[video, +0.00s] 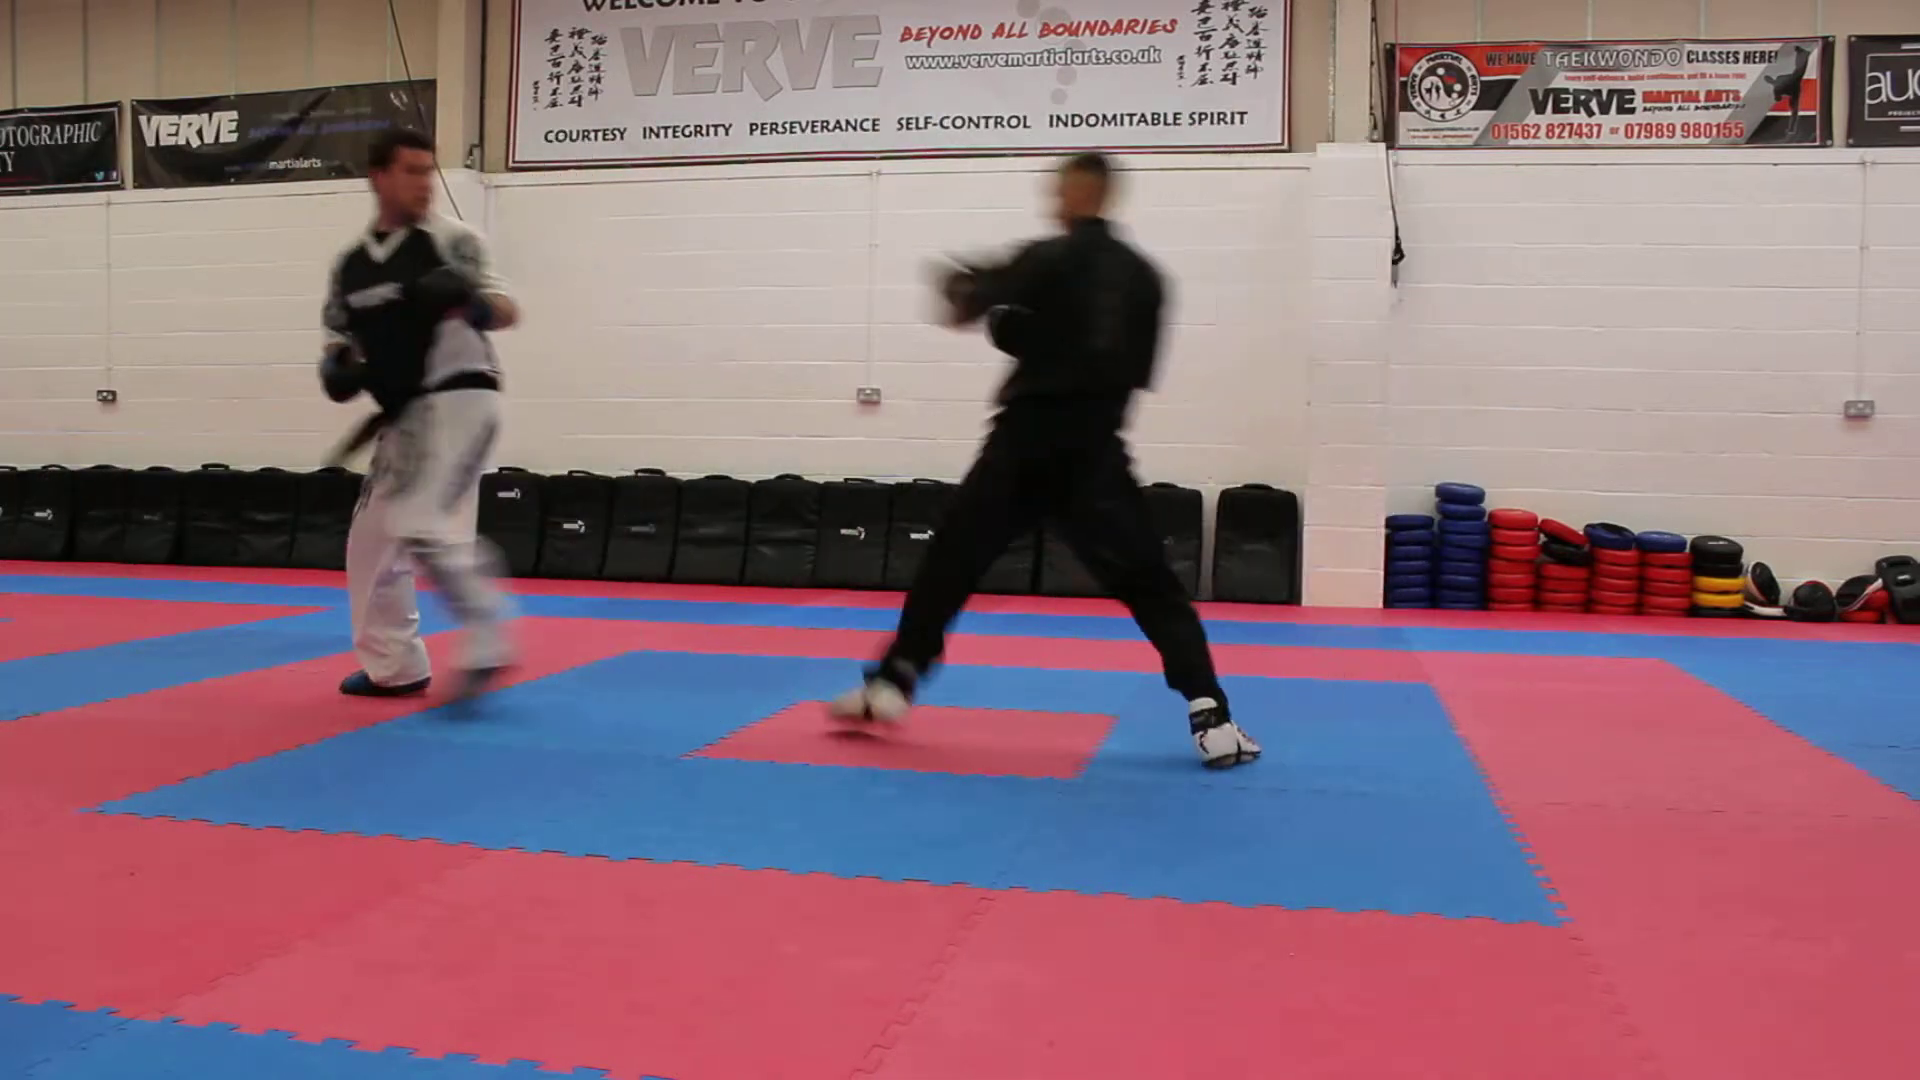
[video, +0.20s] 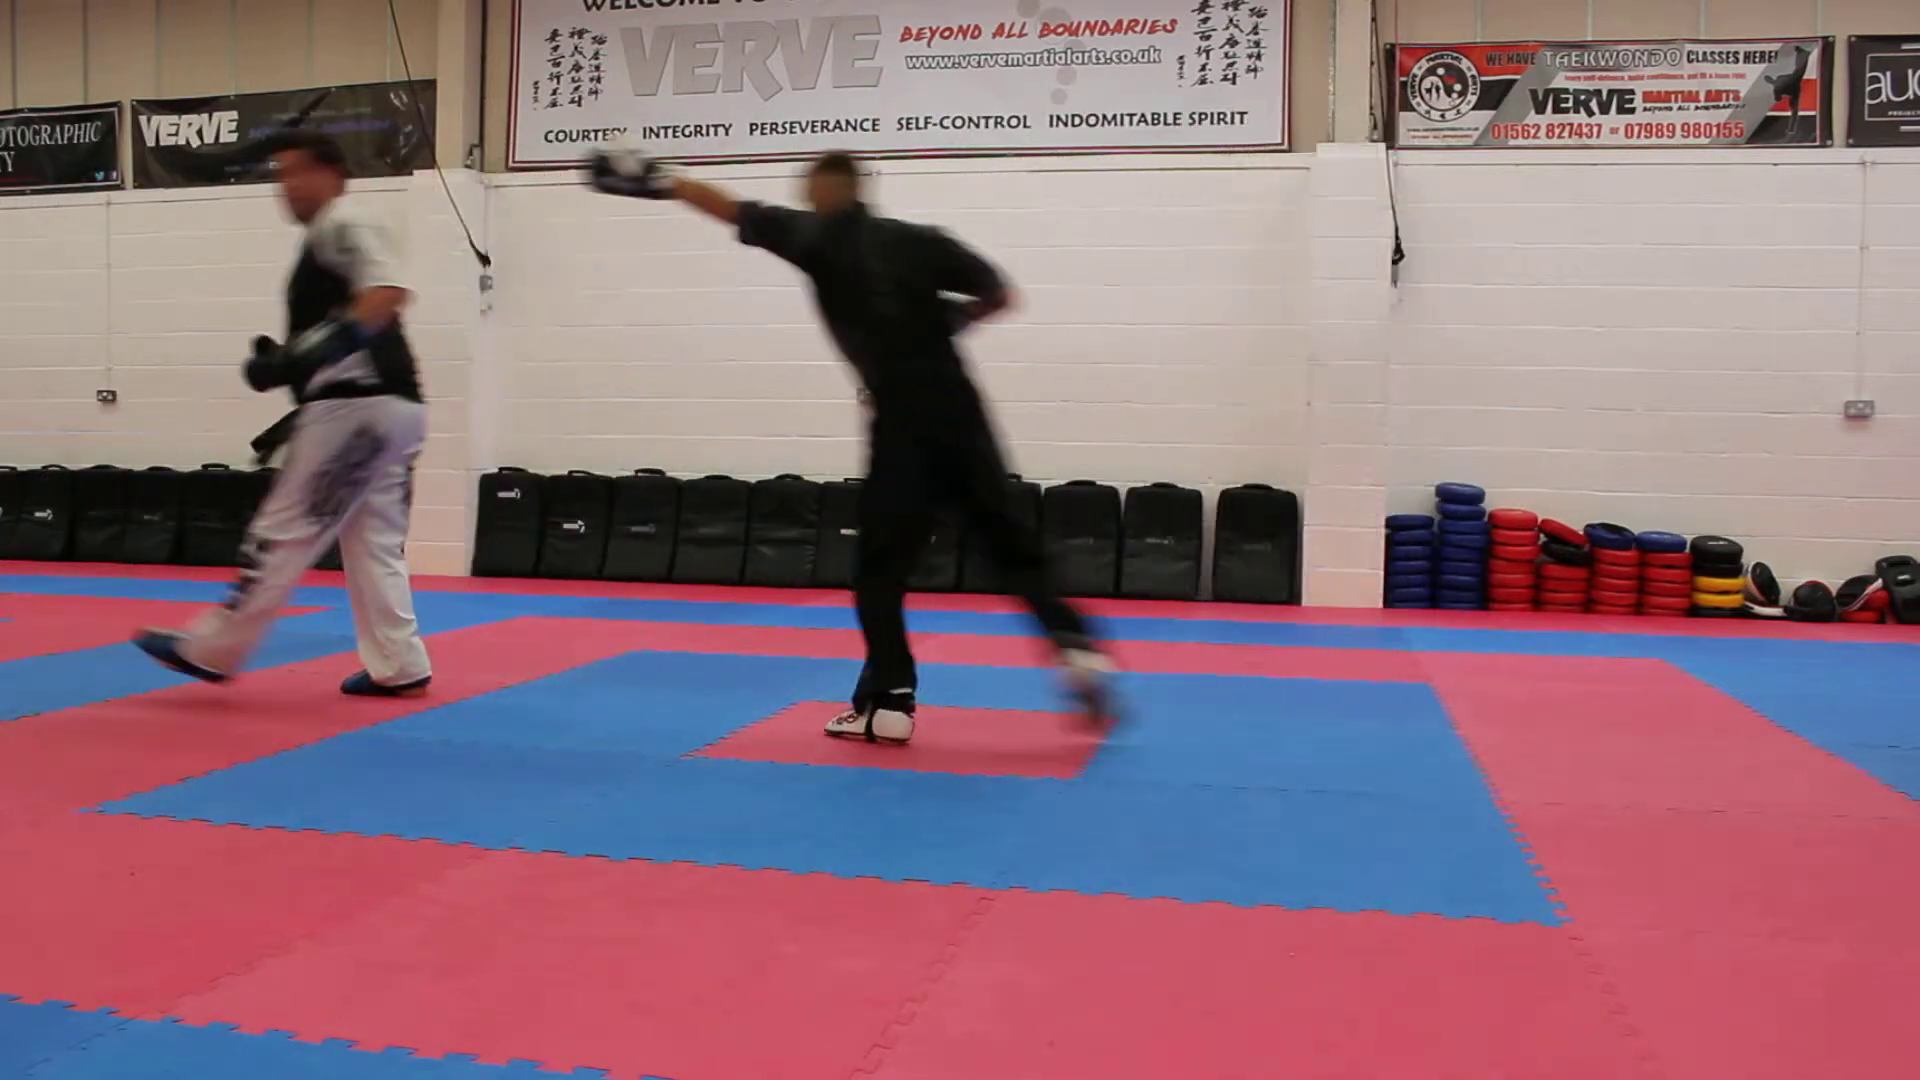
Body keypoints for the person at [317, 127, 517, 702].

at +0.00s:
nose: (425, 183)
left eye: (430, 172)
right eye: (412, 172)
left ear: (435, 177)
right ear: (378, 178)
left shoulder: (449, 242)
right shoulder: (351, 267)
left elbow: (503, 311)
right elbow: (340, 351)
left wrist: (463, 298)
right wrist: (342, 370)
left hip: (462, 398)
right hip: (404, 410)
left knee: (420, 521)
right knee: (370, 538)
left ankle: (490, 640)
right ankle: (394, 664)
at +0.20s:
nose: (284, 188)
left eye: (293, 174)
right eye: (280, 177)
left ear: (330, 175)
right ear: (292, 180)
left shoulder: (346, 224)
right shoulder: (324, 242)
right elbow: (336, 351)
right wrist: (294, 425)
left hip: (356, 409)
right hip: (386, 412)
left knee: (282, 533)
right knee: (374, 546)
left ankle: (213, 649)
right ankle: (399, 665)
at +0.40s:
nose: (248, 201)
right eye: (245, 193)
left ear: (188, 204)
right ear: (239, 195)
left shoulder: (173, 257)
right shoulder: (287, 250)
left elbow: (182, 336)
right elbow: (323, 329)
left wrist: (189, 411)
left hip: (242, 416)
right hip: (319, 412)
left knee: (204, 537)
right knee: (347, 532)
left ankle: (190, 657)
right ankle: (377, 640)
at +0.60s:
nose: (151, 227)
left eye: (146, 216)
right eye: (144, 217)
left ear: (87, 227)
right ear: (120, 219)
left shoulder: (59, 293)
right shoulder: (161, 258)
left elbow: (40, 385)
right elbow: (254, 301)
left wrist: (78, 342)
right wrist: (225, 348)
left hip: (179, 425)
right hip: (242, 388)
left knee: (166, 543)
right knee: (344, 420)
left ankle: (184, 662)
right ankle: (412, 431)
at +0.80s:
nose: (72, 172)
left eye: (68, 164)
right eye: (67, 162)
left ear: (11, 168)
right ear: (44, 160)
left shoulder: (3, 220)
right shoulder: (79, 194)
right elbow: (181, 229)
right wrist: (146, 287)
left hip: (107, 361)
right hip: (166, 324)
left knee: (128, 496)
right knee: (280, 363)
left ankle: (154, 617)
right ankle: (319, 325)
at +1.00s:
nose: (7, 184)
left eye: (4, 178)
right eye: (6, 178)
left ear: (5, 182)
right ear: (8, 181)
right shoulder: (32, 228)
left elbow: (121, 255)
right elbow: (124, 254)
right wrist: (88, 317)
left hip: (24, 385)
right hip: (89, 363)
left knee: (34, 525)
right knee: (193, 429)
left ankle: (46, 649)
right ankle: (190, 379)